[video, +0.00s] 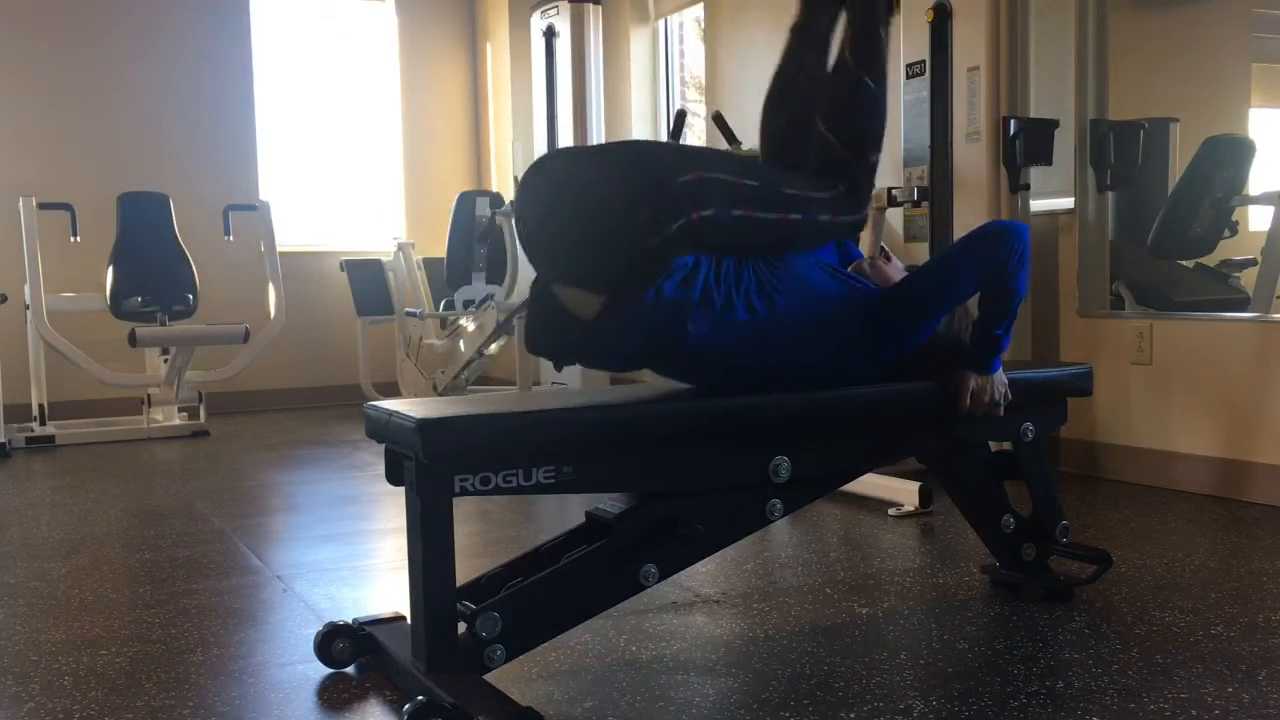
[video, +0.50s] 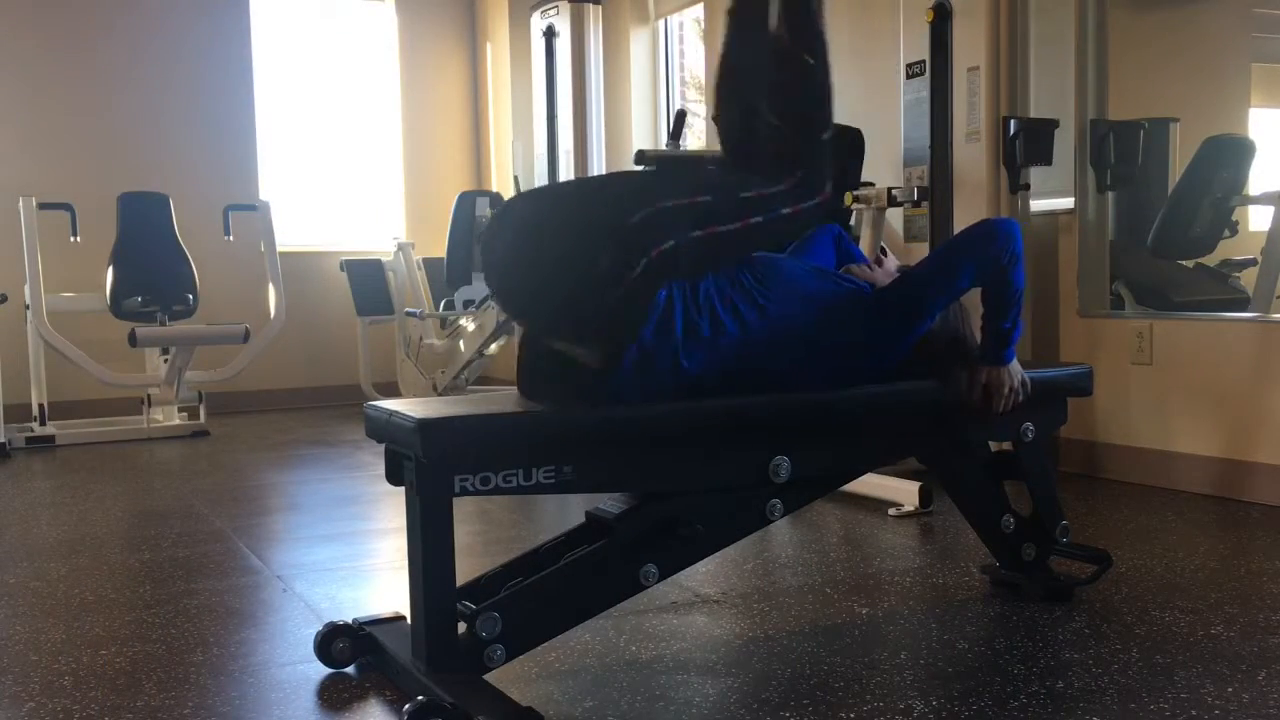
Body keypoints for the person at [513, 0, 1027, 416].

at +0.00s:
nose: (892, 258)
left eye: (904, 269)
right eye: (895, 258)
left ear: (917, 309)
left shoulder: (888, 326)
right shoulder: (838, 287)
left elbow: (1007, 239)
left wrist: (987, 359)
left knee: (838, 190)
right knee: (793, 172)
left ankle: (872, 8)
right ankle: (825, 3)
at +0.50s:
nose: (890, 254)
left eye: (902, 269)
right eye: (898, 257)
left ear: (910, 311)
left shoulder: (879, 330)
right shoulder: (839, 277)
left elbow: (998, 237)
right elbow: (817, 215)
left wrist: (1001, 352)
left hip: (607, 320)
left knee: (802, 181)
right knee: (776, 171)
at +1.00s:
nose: (877, 256)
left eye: (893, 269)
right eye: (882, 254)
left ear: (903, 313)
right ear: (859, 273)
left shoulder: (870, 331)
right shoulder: (808, 286)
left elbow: (989, 232)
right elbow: (827, 229)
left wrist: (998, 353)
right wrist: (870, 267)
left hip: (558, 349)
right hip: (527, 329)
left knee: (678, 127)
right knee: (681, 129)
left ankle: (533, 9)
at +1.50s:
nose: (870, 244)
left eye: (889, 249)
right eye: (870, 237)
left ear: (899, 298)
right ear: (850, 259)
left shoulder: (855, 329)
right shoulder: (800, 292)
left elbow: (992, 235)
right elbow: (824, 200)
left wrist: (986, 349)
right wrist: (870, 249)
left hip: (539, 356)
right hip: (531, 326)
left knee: (452, 64)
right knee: (451, 63)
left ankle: (156, 98)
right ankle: (169, 80)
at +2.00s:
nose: (873, 250)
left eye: (890, 259)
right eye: (876, 245)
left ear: (894, 294)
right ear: (856, 261)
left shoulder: (855, 323)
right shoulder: (787, 286)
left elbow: (983, 227)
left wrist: (984, 348)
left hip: (545, 350)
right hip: (525, 308)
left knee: (244, 216)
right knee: (272, 205)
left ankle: (39, 435)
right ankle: (172, 287)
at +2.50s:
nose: (879, 253)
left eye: (893, 261)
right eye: (887, 251)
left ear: (895, 295)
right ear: (863, 269)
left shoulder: (859, 321)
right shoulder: (783, 292)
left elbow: (978, 222)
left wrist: (983, 356)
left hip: (551, 346)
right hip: (513, 304)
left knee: (231, 365)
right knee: (247, 343)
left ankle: (61, 617)